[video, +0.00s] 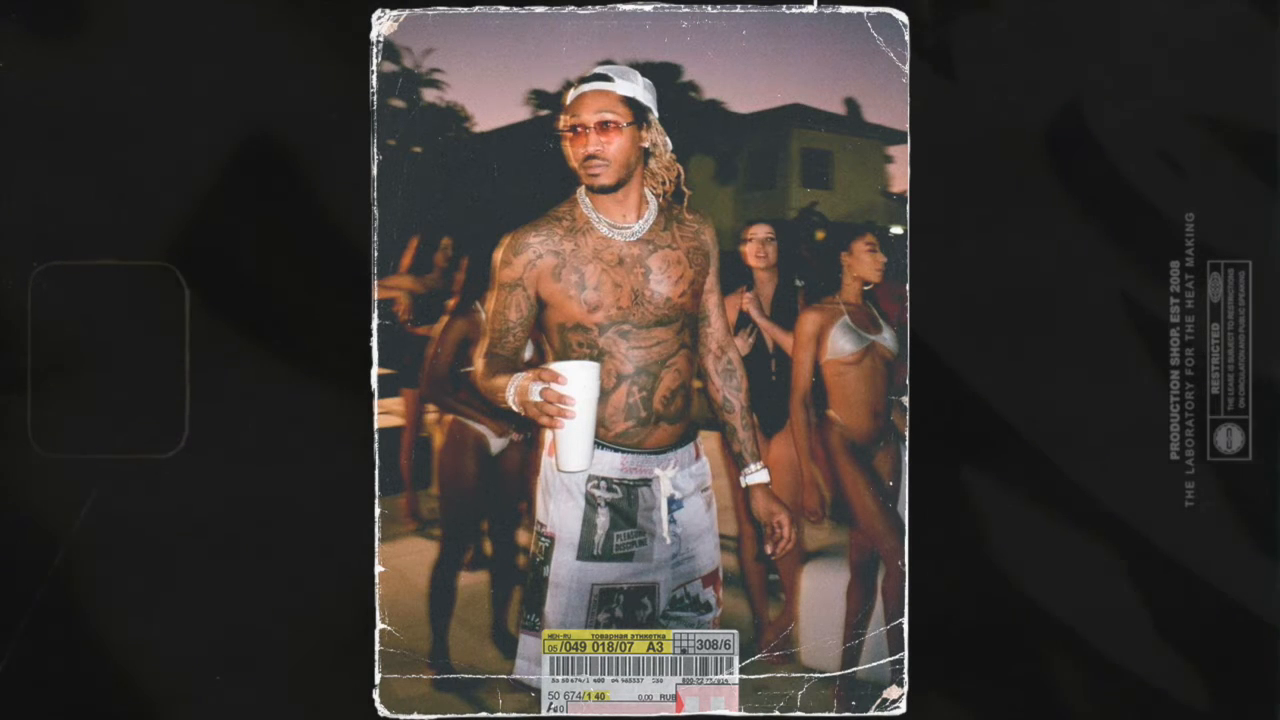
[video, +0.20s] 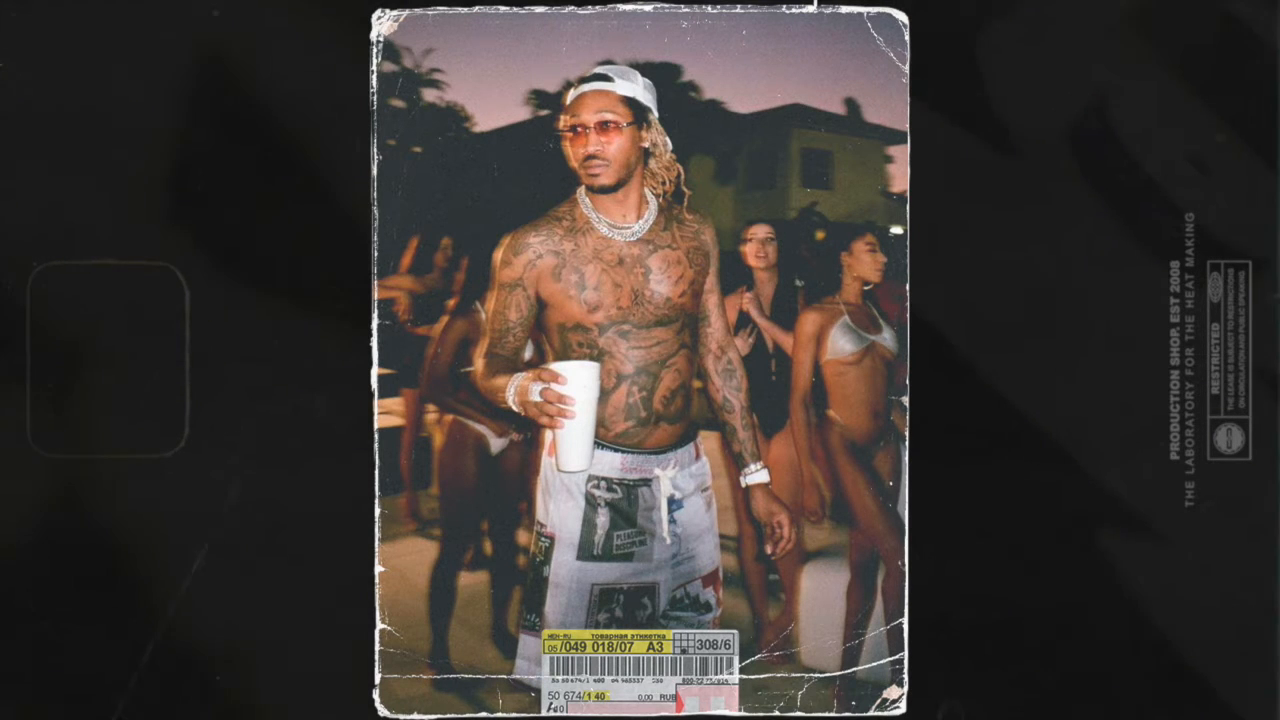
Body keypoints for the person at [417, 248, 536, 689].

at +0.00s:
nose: (515, 288)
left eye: (522, 280)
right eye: (508, 278)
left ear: (532, 288)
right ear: (494, 278)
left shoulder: (531, 333)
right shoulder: (465, 323)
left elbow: (543, 386)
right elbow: (434, 387)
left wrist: (529, 421)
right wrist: (490, 422)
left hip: (515, 443)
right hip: (465, 439)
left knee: (506, 540)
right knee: (456, 544)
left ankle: (501, 627)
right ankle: (439, 649)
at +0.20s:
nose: (514, 287)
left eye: (522, 280)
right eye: (508, 277)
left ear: (531, 288)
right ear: (493, 277)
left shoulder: (531, 332)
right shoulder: (466, 321)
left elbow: (544, 385)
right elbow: (434, 386)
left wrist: (530, 421)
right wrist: (489, 421)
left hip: (515, 444)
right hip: (465, 440)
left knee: (506, 540)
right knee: (456, 544)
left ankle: (501, 627)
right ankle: (439, 649)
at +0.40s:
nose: (514, 286)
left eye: (521, 278)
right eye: (507, 276)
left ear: (531, 287)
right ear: (493, 277)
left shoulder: (531, 331)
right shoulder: (466, 321)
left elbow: (544, 385)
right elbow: (434, 387)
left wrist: (530, 420)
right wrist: (490, 421)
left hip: (515, 445)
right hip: (465, 440)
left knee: (506, 540)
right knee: (456, 543)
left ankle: (501, 627)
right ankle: (439, 648)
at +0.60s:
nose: (514, 287)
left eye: (522, 279)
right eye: (508, 277)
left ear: (532, 288)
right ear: (493, 277)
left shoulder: (532, 333)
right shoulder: (466, 322)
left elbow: (544, 386)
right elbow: (434, 387)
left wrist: (529, 421)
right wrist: (491, 422)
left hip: (515, 443)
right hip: (465, 439)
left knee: (506, 540)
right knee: (456, 544)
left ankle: (501, 628)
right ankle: (439, 651)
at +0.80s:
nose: (514, 286)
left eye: (522, 279)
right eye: (508, 276)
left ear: (532, 287)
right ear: (493, 276)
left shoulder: (532, 332)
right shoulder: (466, 321)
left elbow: (544, 386)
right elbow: (434, 386)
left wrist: (529, 421)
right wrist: (490, 422)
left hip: (515, 444)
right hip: (465, 440)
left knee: (506, 540)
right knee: (455, 545)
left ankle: (501, 628)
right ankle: (439, 651)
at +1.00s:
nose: (515, 286)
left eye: (523, 278)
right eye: (509, 276)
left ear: (532, 287)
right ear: (495, 277)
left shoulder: (531, 331)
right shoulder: (466, 321)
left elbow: (544, 384)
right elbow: (434, 386)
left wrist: (530, 421)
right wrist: (490, 421)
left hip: (515, 443)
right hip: (465, 439)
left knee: (506, 541)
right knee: (455, 545)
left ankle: (501, 627)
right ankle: (439, 652)